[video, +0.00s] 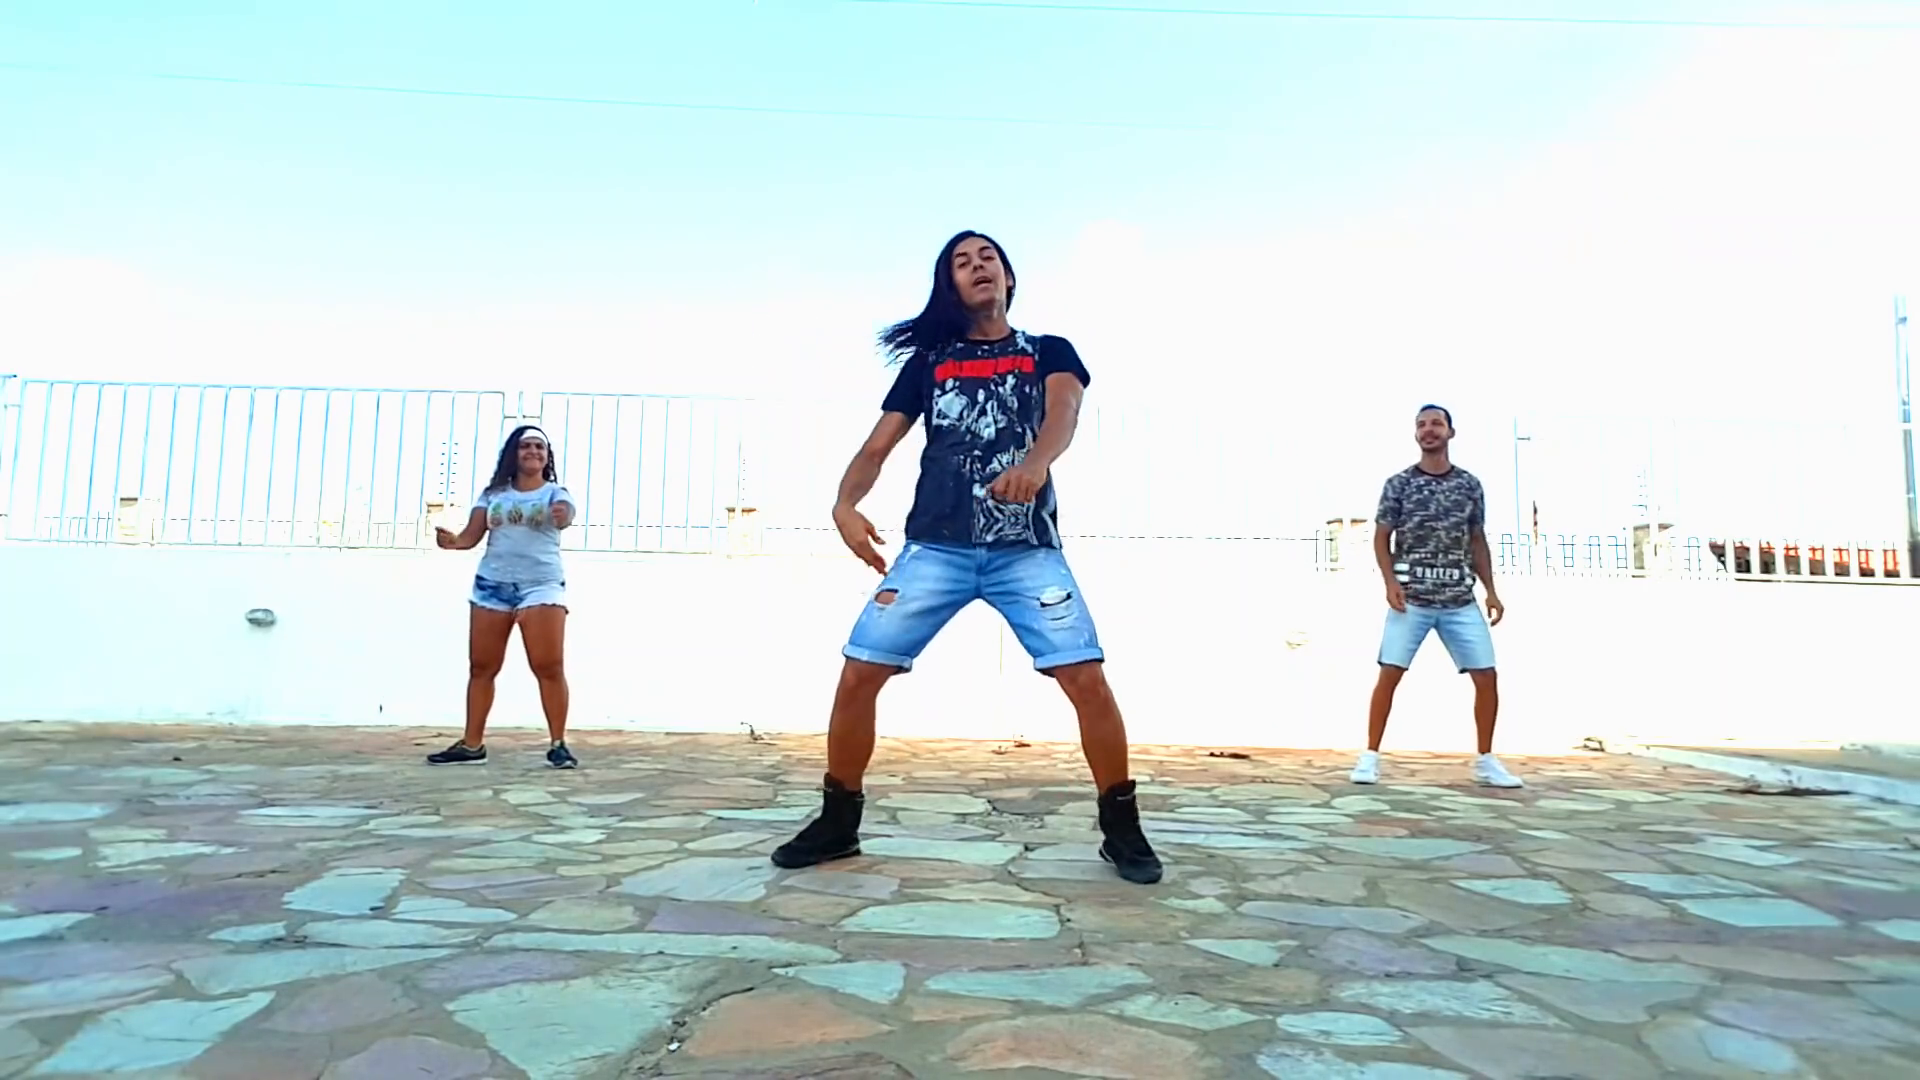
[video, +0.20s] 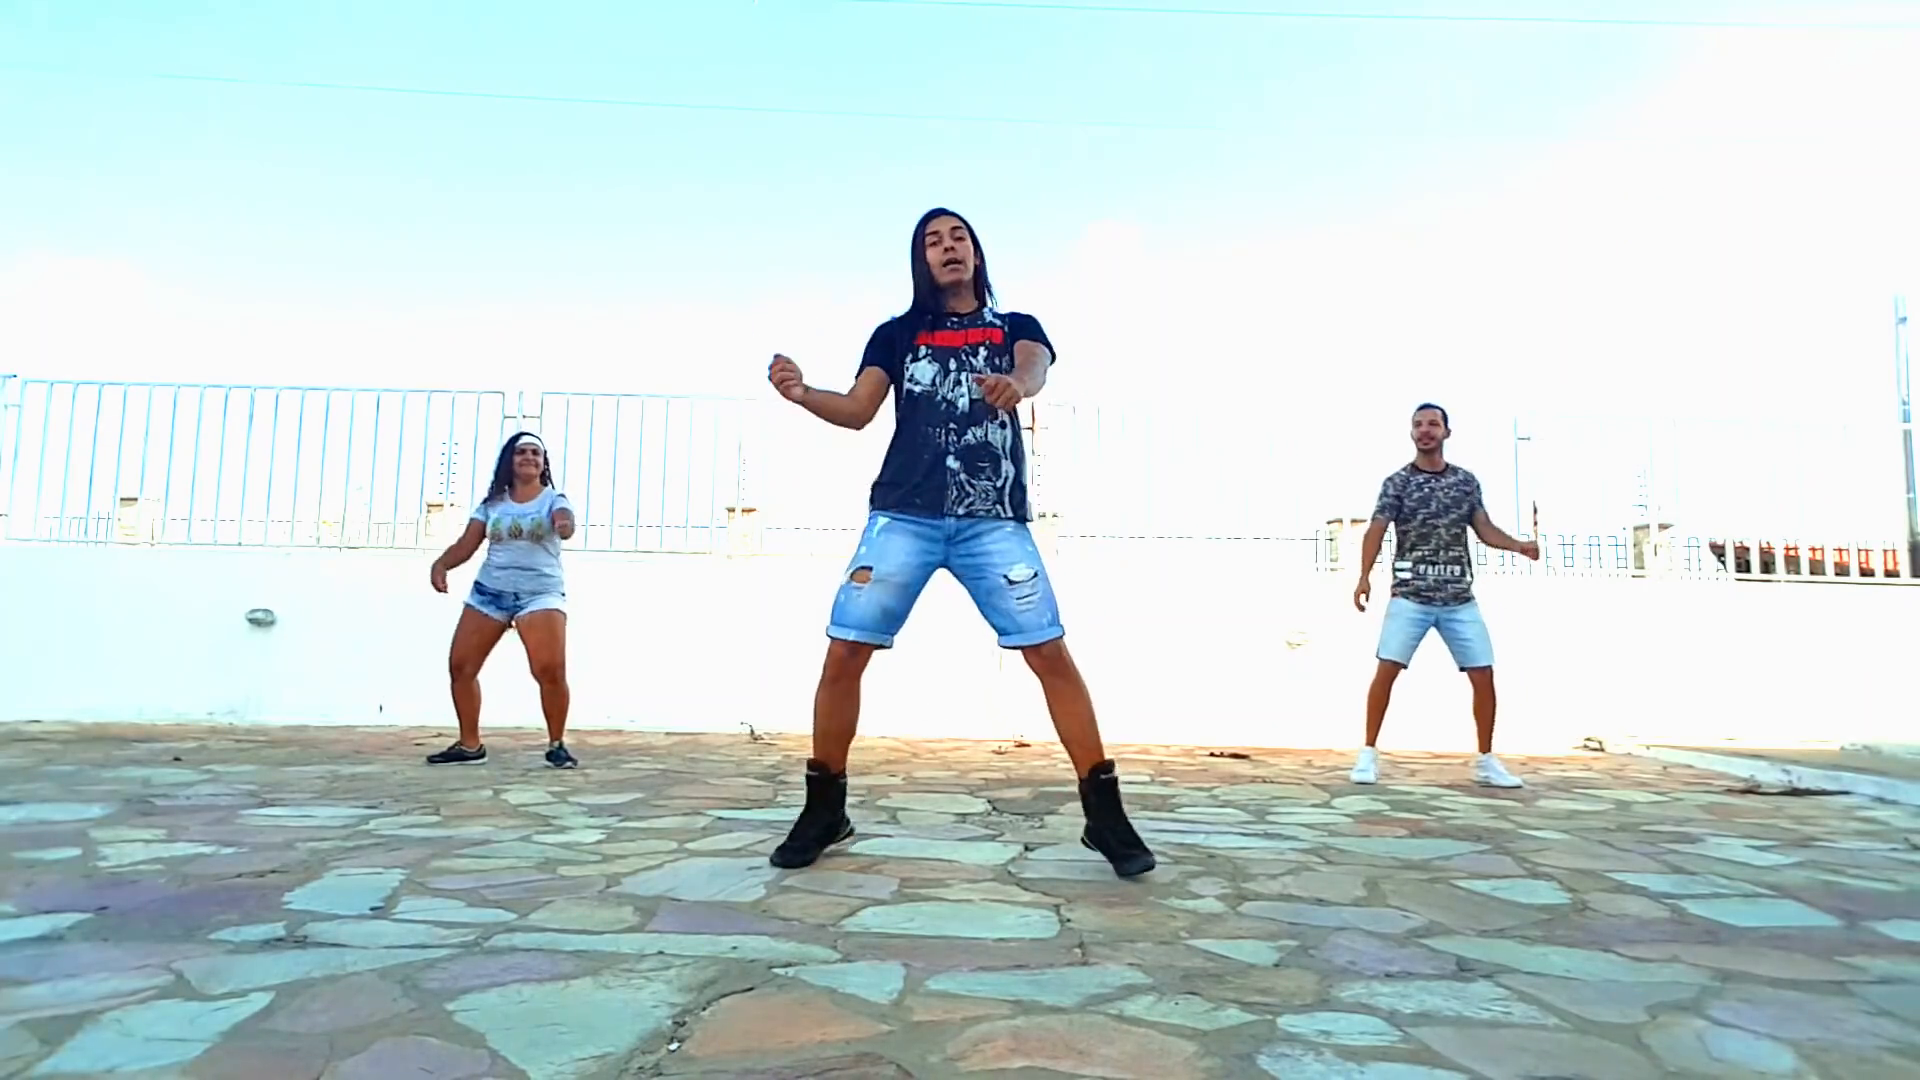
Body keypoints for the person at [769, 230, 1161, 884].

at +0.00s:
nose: (978, 263)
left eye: (987, 255)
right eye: (963, 260)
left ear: (1008, 277)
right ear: (949, 289)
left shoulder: (1049, 350)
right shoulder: (930, 361)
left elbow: (1063, 414)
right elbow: (878, 445)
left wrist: (1037, 463)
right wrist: (843, 504)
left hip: (1027, 553)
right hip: (935, 550)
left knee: (1088, 680)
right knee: (858, 674)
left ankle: (1122, 825)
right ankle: (837, 821)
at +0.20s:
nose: (948, 246)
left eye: (958, 236)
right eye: (934, 240)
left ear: (978, 253)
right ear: (919, 263)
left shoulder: (1017, 326)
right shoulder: (899, 332)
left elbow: (1033, 368)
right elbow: (857, 410)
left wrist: (1015, 385)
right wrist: (803, 393)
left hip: (994, 520)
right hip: (904, 518)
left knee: (1051, 655)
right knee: (844, 654)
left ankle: (1105, 811)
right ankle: (823, 806)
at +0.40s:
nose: (910, 244)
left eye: (919, 234)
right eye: (895, 239)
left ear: (942, 248)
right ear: (879, 260)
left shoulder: (975, 320)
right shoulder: (862, 326)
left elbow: (987, 346)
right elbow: (854, 373)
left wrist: (964, 357)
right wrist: (870, 400)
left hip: (954, 515)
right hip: (866, 513)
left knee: (1007, 651)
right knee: (795, 647)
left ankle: (1023, 807)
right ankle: (753, 797)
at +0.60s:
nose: (877, 284)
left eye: (885, 272)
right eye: (863, 276)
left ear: (904, 283)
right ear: (848, 291)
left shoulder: (933, 358)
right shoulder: (822, 358)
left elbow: (963, 398)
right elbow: (778, 403)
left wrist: (925, 396)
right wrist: (816, 382)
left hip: (916, 551)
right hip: (828, 548)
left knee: (981, 674)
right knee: (760, 670)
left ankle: (1019, 820)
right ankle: (744, 820)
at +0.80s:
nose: (827, 224)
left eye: (837, 214)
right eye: (814, 218)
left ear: (858, 229)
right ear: (796, 237)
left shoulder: (889, 302)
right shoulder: (780, 305)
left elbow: (908, 336)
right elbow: (795, 367)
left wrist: (902, 333)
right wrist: (757, 341)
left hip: (869, 498)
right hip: (782, 496)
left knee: (926, 623)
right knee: (713, 629)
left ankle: (952, 778)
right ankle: (667, 780)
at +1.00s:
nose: (787, 280)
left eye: (796, 269)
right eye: (773, 273)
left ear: (814, 283)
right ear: (757, 291)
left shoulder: (839, 355)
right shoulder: (732, 363)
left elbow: (870, 393)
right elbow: (721, 414)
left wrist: (842, 359)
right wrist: (772, 387)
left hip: (828, 557)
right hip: (737, 552)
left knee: (887, 678)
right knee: (660, 672)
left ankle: (924, 812)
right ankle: (642, 813)